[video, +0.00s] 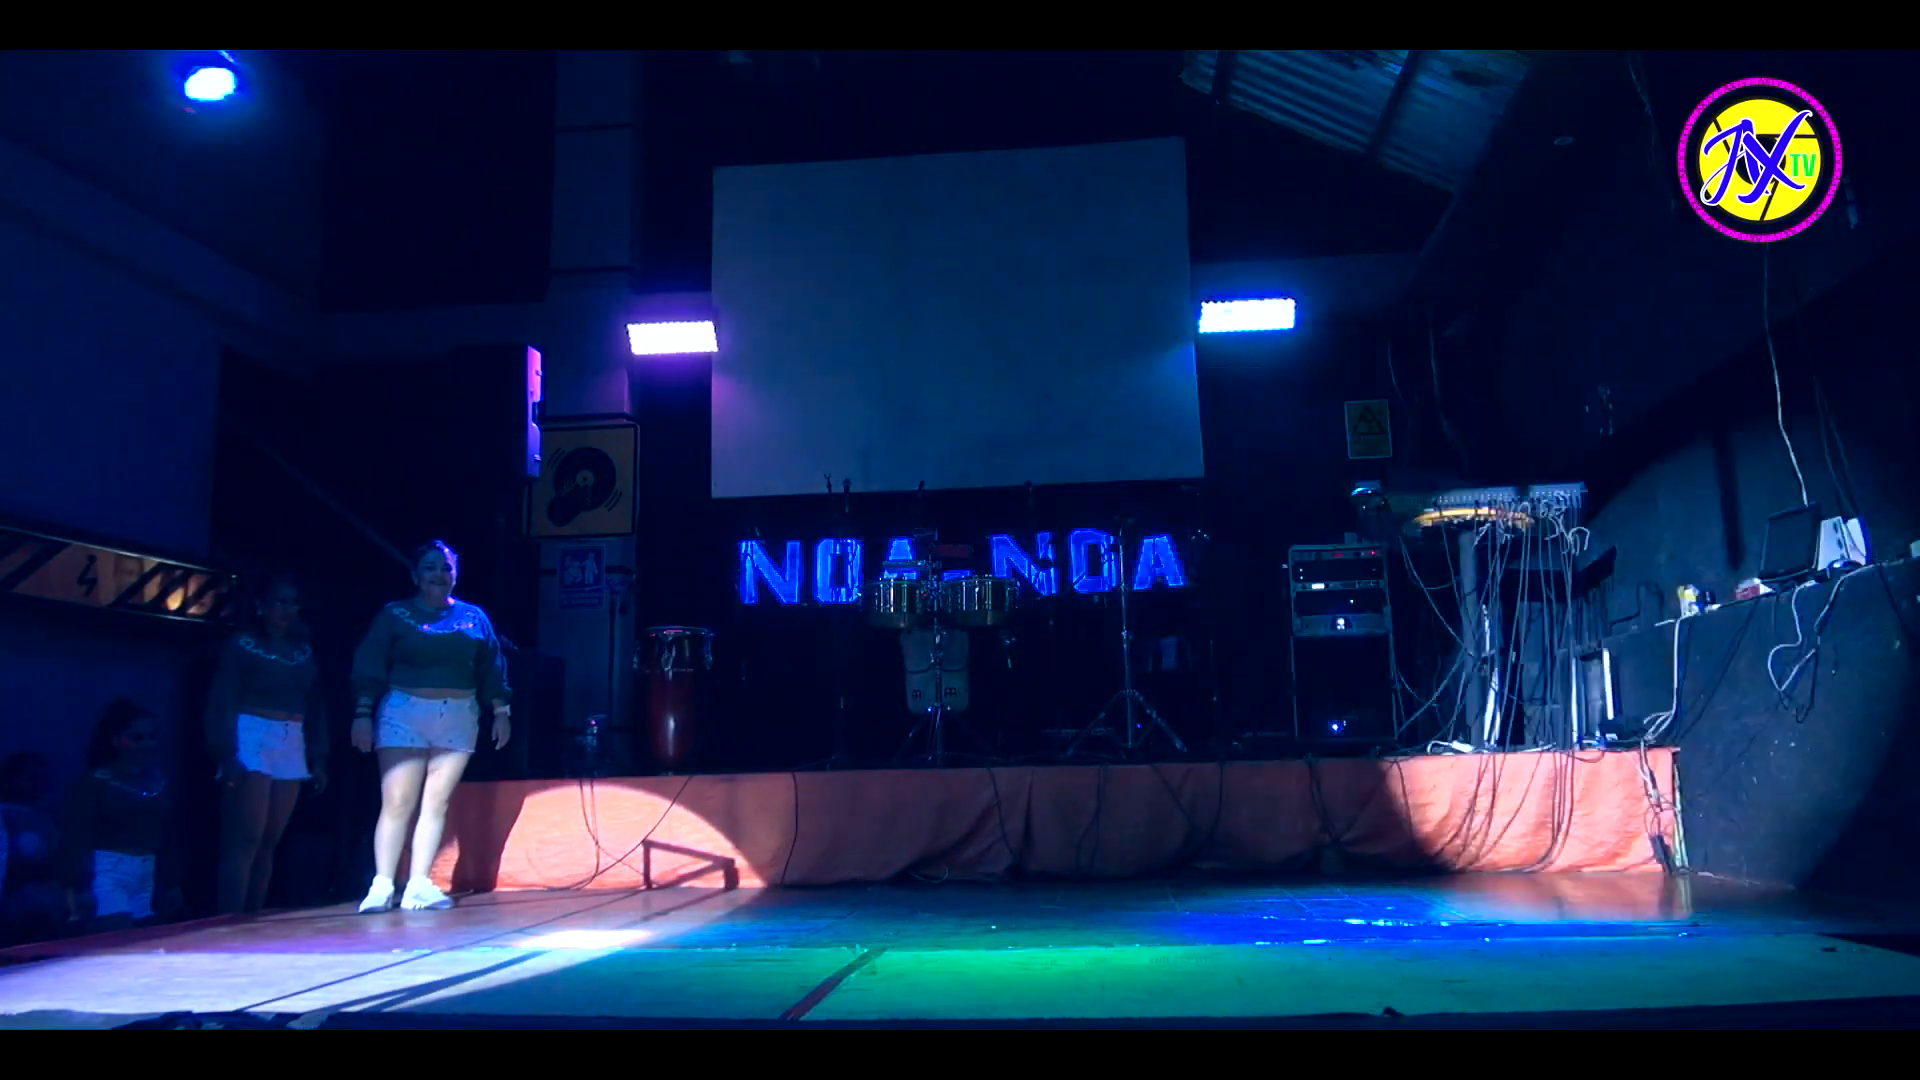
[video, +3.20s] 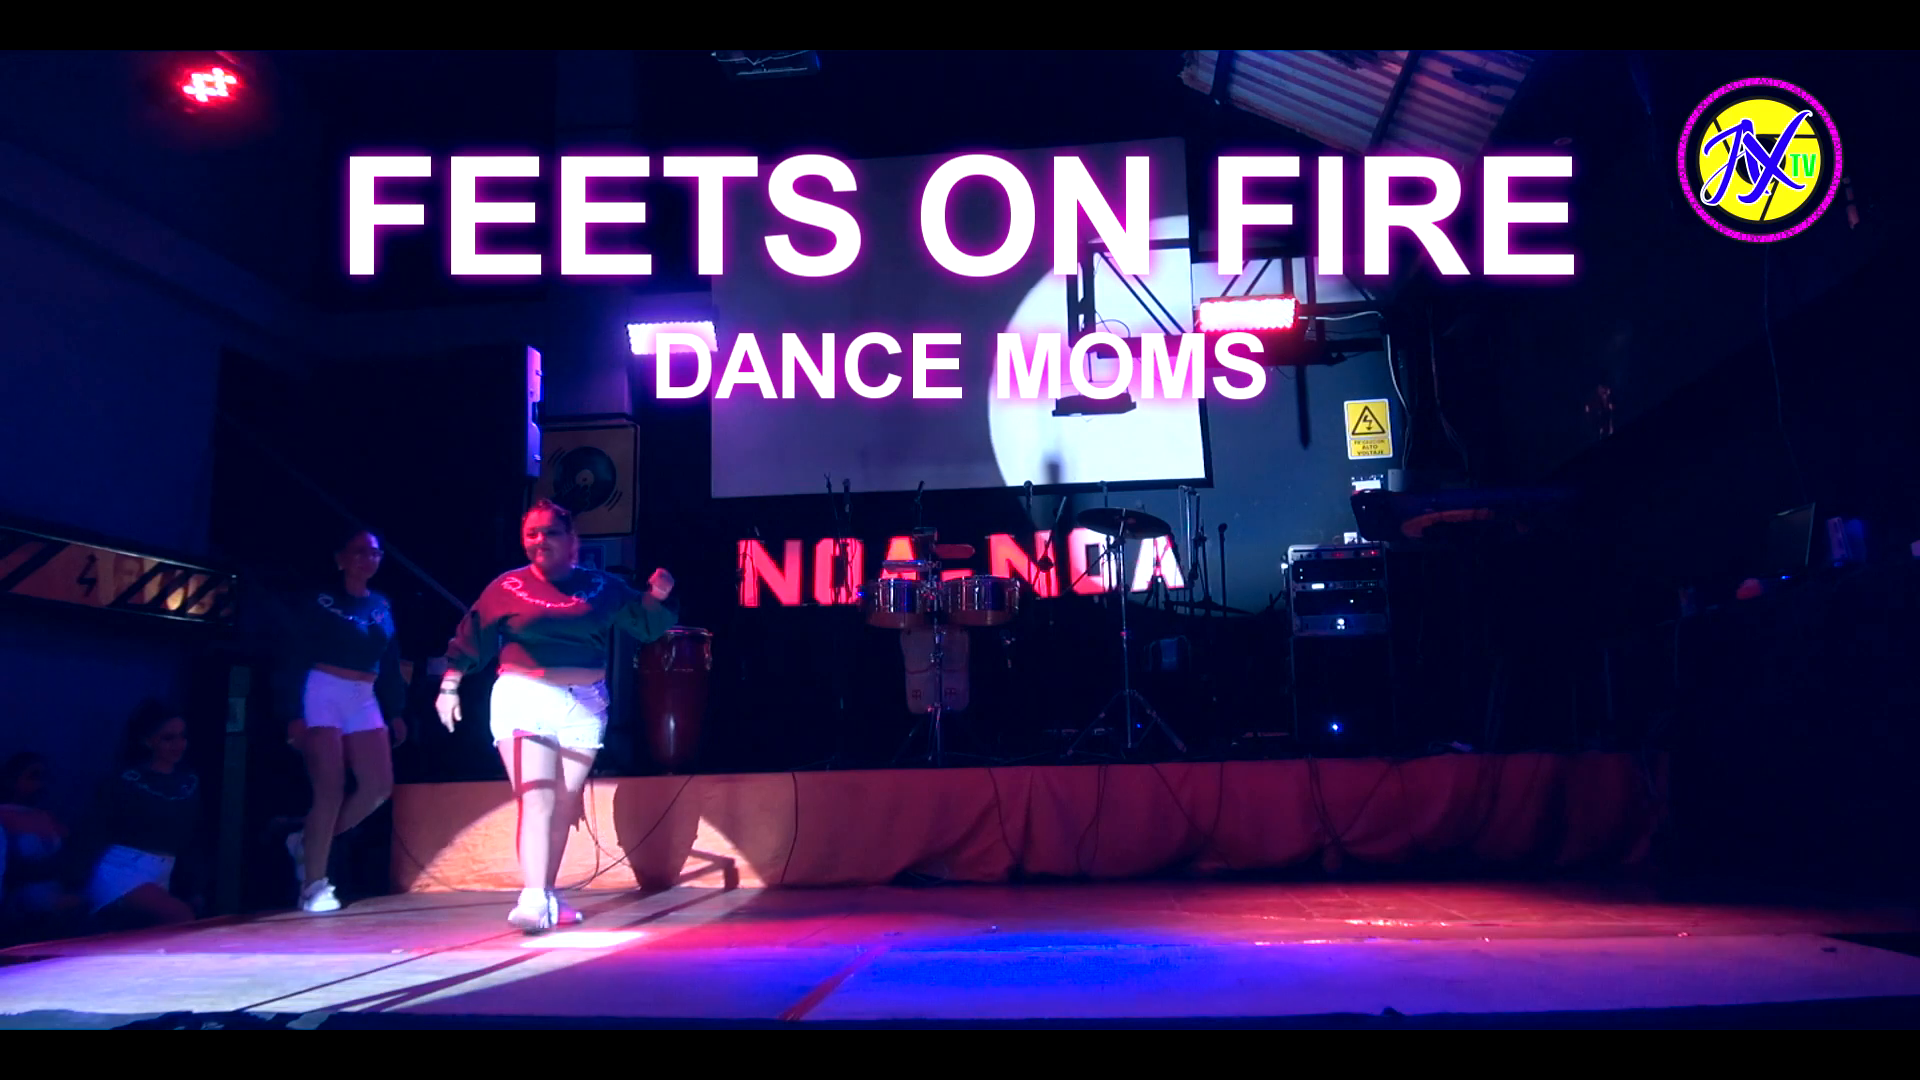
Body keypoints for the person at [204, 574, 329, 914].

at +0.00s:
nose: (286, 610)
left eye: (292, 603)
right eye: (279, 602)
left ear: (299, 608)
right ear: (263, 604)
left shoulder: (303, 651)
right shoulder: (245, 643)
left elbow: (314, 708)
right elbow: (224, 698)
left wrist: (317, 757)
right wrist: (225, 753)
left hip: (293, 735)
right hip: (254, 731)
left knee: (271, 839)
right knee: (249, 834)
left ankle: (254, 916)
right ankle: (232, 916)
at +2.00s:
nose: (286, 610)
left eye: (291, 603)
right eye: (279, 602)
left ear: (298, 608)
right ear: (263, 605)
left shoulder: (304, 651)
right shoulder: (245, 644)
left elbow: (315, 706)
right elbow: (226, 699)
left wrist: (318, 756)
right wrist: (228, 754)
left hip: (296, 735)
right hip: (255, 732)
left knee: (283, 835)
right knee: (257, 832)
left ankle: (260, 915)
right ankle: (232, 915)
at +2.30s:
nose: (295, 611)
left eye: (299, 604)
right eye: (288, 603)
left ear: (304, 611)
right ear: (271, 607)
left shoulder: (312, 653)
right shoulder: (251, 647)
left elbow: (325, 707)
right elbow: (230, 698)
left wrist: (327, 757)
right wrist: (226, 751)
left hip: (302, 735)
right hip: (260, 731)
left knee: (293, 813)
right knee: (305, 802)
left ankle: (268, 895)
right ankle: (252, 874)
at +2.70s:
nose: (319, 608)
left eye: (323, 602)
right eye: (311, 600)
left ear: (327, 610)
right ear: (292, 605)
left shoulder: (334, 654)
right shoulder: (267, 647)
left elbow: (347, 712)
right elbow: (244, 704)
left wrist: (352, 760)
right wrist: (241, 763)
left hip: (319, 739)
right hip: (275, 733)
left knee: (288, 842)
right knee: (332, 791)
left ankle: (254, 919)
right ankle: (308, 885)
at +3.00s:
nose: (348, 577)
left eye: (353, 571)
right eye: (340, 571)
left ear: (360, 577)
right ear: (322, 577)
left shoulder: (365, 625)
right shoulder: (298, 617)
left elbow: (379, 682)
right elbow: (272, 676)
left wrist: (385, 730)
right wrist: (266, 735)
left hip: (343, 716)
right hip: (300, 707)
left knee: (330, 808)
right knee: (332, 795)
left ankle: (276, 897)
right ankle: (315, 887)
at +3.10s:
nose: (358, 565)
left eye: (363, 559)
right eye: (349, 559)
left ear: (369, 568)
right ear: (331, 566)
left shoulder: (372, 614)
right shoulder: (307, 604)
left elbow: (384, 670)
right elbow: (282, 663)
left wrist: (392, 716)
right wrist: (276, 722)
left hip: (353, 704)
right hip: (309, 695)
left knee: (359, 799)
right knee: (329, 789)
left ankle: (283, 867)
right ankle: (314, 886)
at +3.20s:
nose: (370, 558)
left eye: (374, 552)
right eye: (362, 552)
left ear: (379, 560)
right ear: (342, 558)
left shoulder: (380, 606)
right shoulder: (318, 598)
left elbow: (389, 665)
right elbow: (295, 657)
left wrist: (394, 711)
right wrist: (292, 713)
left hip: (364, 694)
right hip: (322, 688)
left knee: (378, 787)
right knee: (329, 789)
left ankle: (308, 841)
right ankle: (315, 885)